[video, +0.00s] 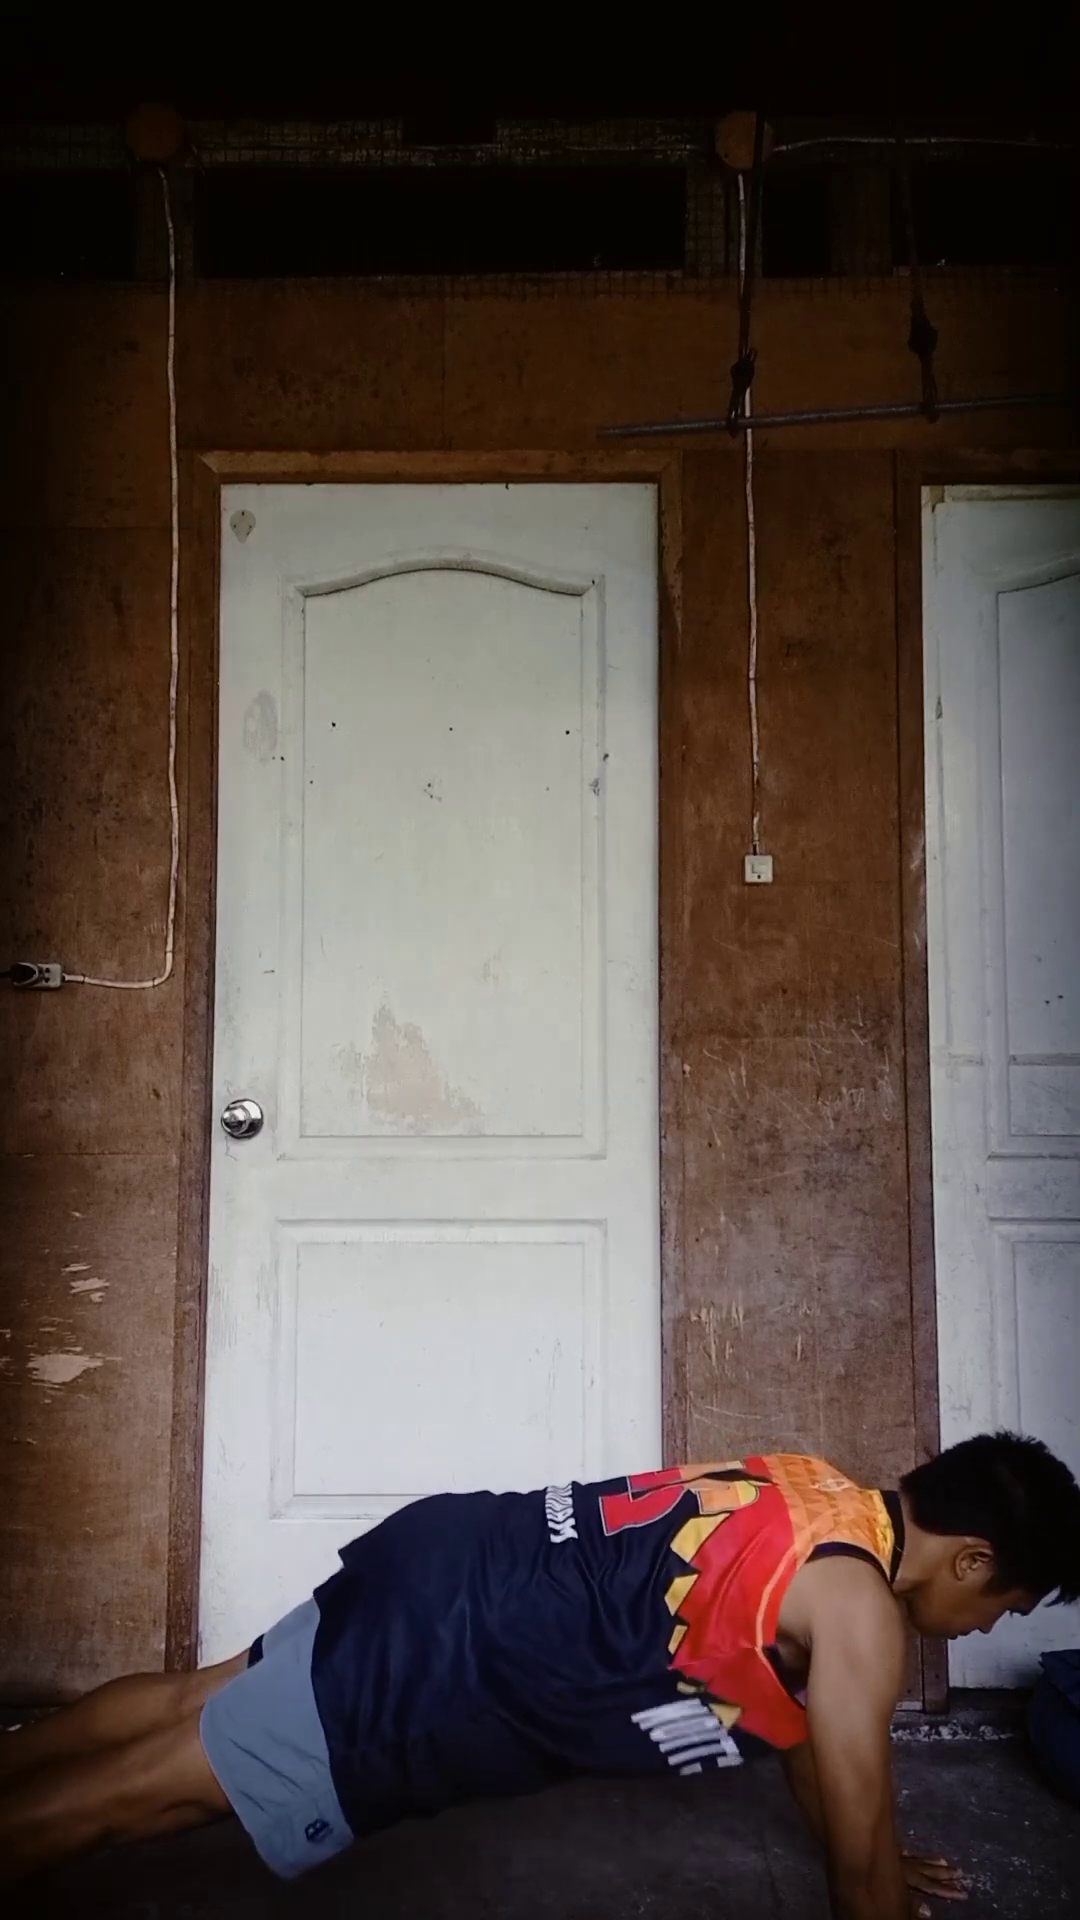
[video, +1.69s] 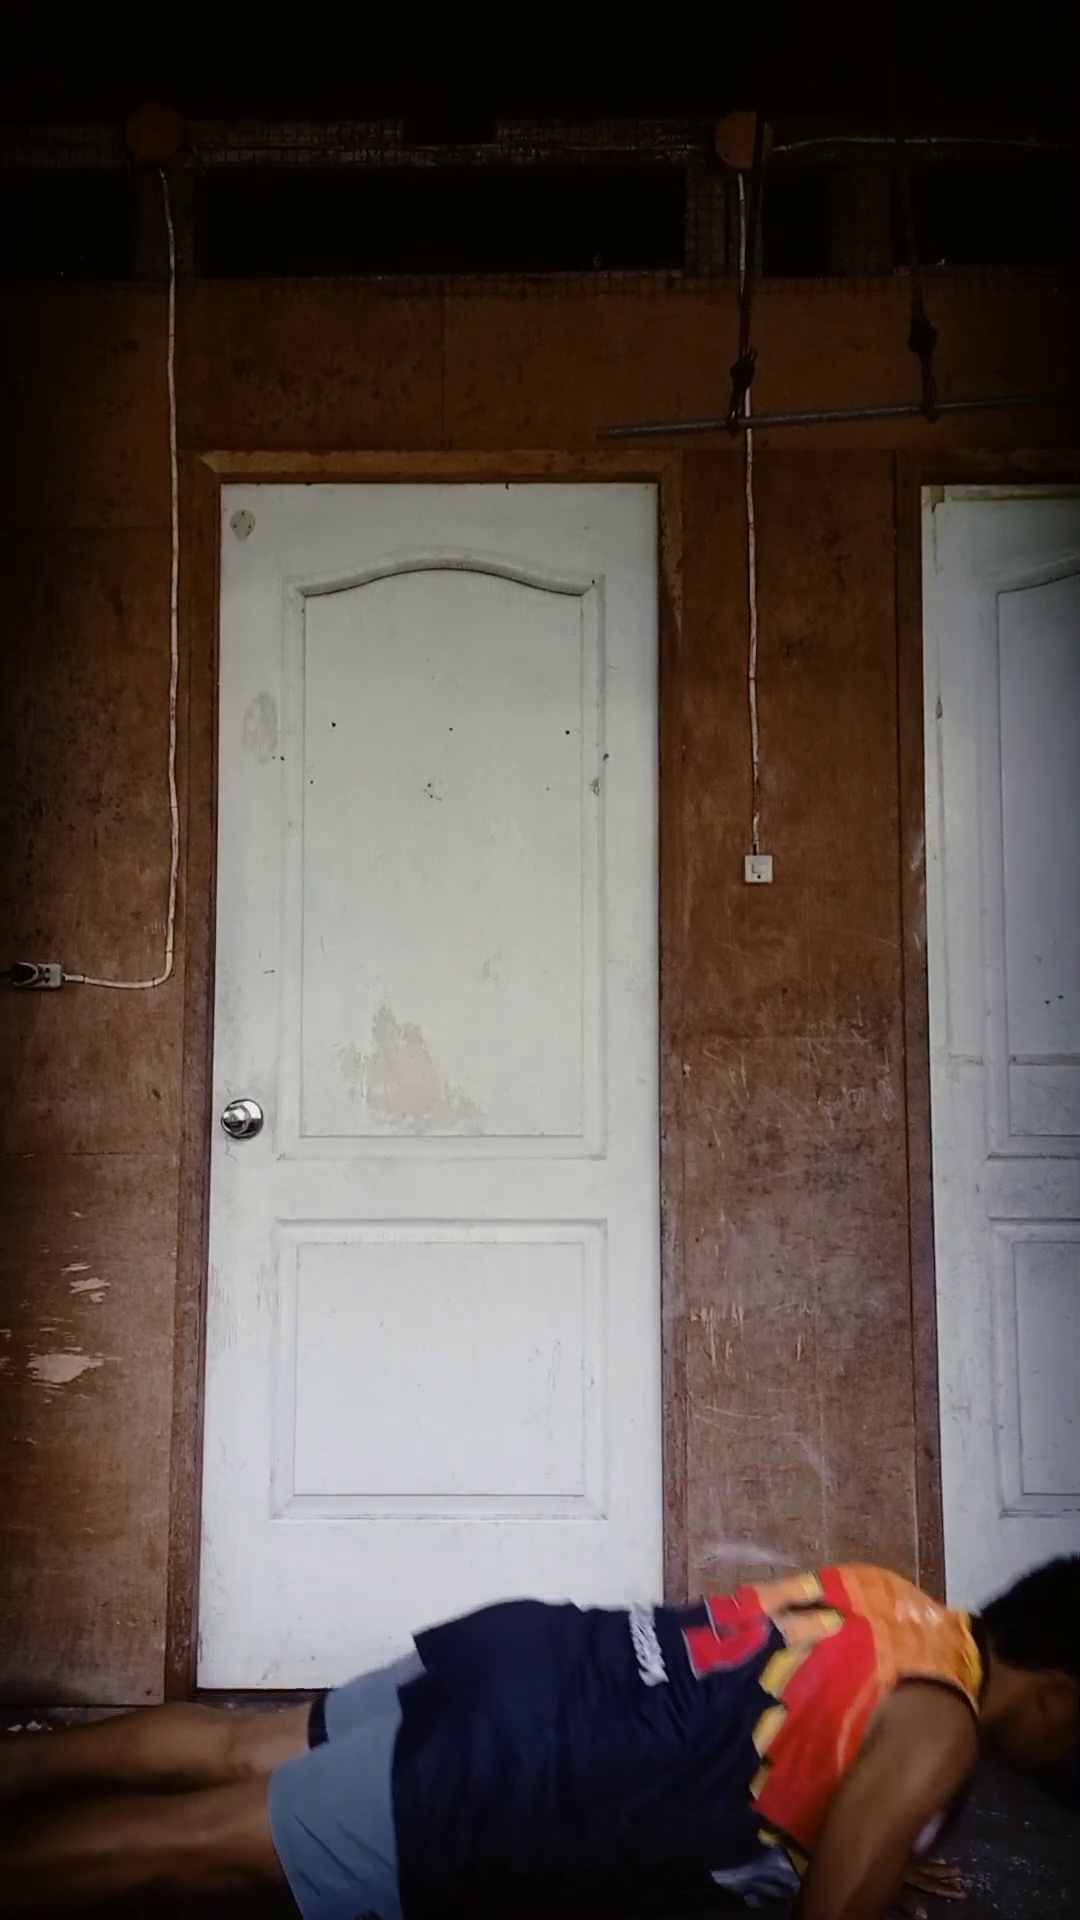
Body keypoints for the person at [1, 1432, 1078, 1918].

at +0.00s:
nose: (987, 1627)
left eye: (1008, 1608)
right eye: (1002, 1602)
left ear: (935, 1498)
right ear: (966, 1557)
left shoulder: (823, 1487)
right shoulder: (856, 1620)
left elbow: (806, 1713)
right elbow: (867, 1879)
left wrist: (877, 1850)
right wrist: (910, 1896)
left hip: (450, 1551)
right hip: (445, 1656)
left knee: (194, 1697)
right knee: (140, 1793)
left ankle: (1, 1766)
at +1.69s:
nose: (1059, 1742)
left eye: (1071, 1726)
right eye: (1071, 1721)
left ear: (1004, 1610)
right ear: (1055, 1692)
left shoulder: (884, 1588)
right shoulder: (932, 1728)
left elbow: (755, 1725)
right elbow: (834, 1906)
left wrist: (867, 1844)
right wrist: (904, 1885)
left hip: (520, 1651)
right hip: (511, 1778)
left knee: (228, 1747)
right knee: (185, 1853)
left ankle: (11, 1759)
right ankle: (11, 1860)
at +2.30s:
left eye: (1033, 1683)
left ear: (1040, 1690)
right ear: (1076, 1758)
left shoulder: (957, 1719)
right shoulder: (1015, 1828)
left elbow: (799, 1684)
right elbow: (855, 1901)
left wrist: (873, 1770)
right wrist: (886, 1791)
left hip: (588, 1729)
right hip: (589, 1843)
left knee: (310, 1782)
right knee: (269, 1882)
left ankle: (53, 1757)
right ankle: (37, 1878)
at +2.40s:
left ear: (1046, 1682)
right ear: (1073, 1754)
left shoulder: (945, 1682)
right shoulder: (1002, 1807)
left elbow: (771, 1717)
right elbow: (850, 1901)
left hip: (586, 1703)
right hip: (577, 1834)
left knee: (301, 1761)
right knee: (260, 1868)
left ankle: (46, 1756)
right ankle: (34, 1873)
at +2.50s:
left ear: (1043, 1637)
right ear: (1079, 1714)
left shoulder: (924, 1622)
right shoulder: (992, 1766)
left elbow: (781, 1698)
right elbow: (845, 1897)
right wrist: (947, 1886)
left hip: (577, 1678)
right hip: (569, 1812)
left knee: (295, 1754)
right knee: (238, 1866)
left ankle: (42, 1761)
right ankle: (30, 1867)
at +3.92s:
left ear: (1042, 1652)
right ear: (1078, 1729)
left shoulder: (919, 1637)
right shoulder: (966, 1769)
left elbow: (772, 1711)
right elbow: (844, 1900)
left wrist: (910, 1842)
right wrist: (947, 1879)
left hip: (558, 1690)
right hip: (537, 1815)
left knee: (283, 1762)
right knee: (222, 1869)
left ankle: (26, 1759)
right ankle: (20, 1863)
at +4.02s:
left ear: (1033, 1684)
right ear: (1069, 1761)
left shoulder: (935, 1694)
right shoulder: (989, 1819)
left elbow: (764, 1721)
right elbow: (840, 1893)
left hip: (588, 1712)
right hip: (584, 1827)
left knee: (288, 1769)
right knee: (256, 1870)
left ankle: (26, 1754)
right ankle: (23, 1869)